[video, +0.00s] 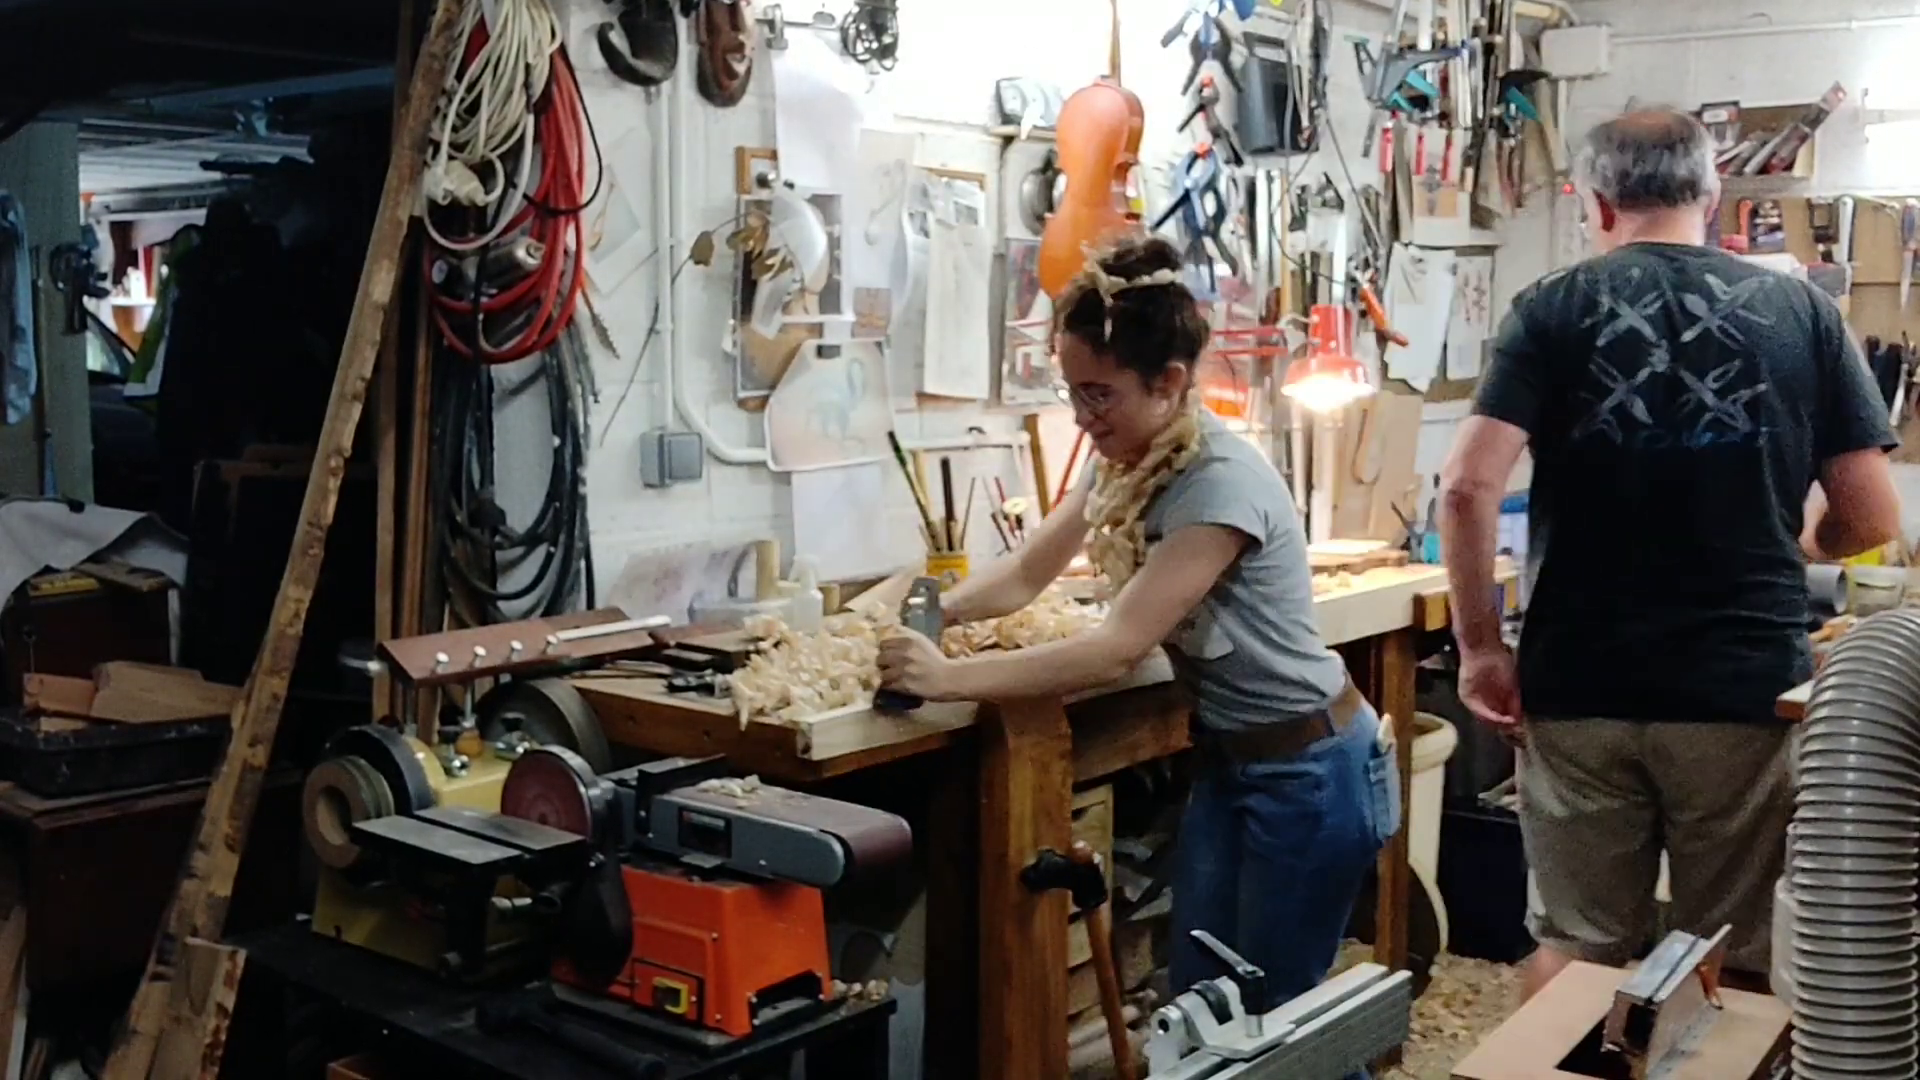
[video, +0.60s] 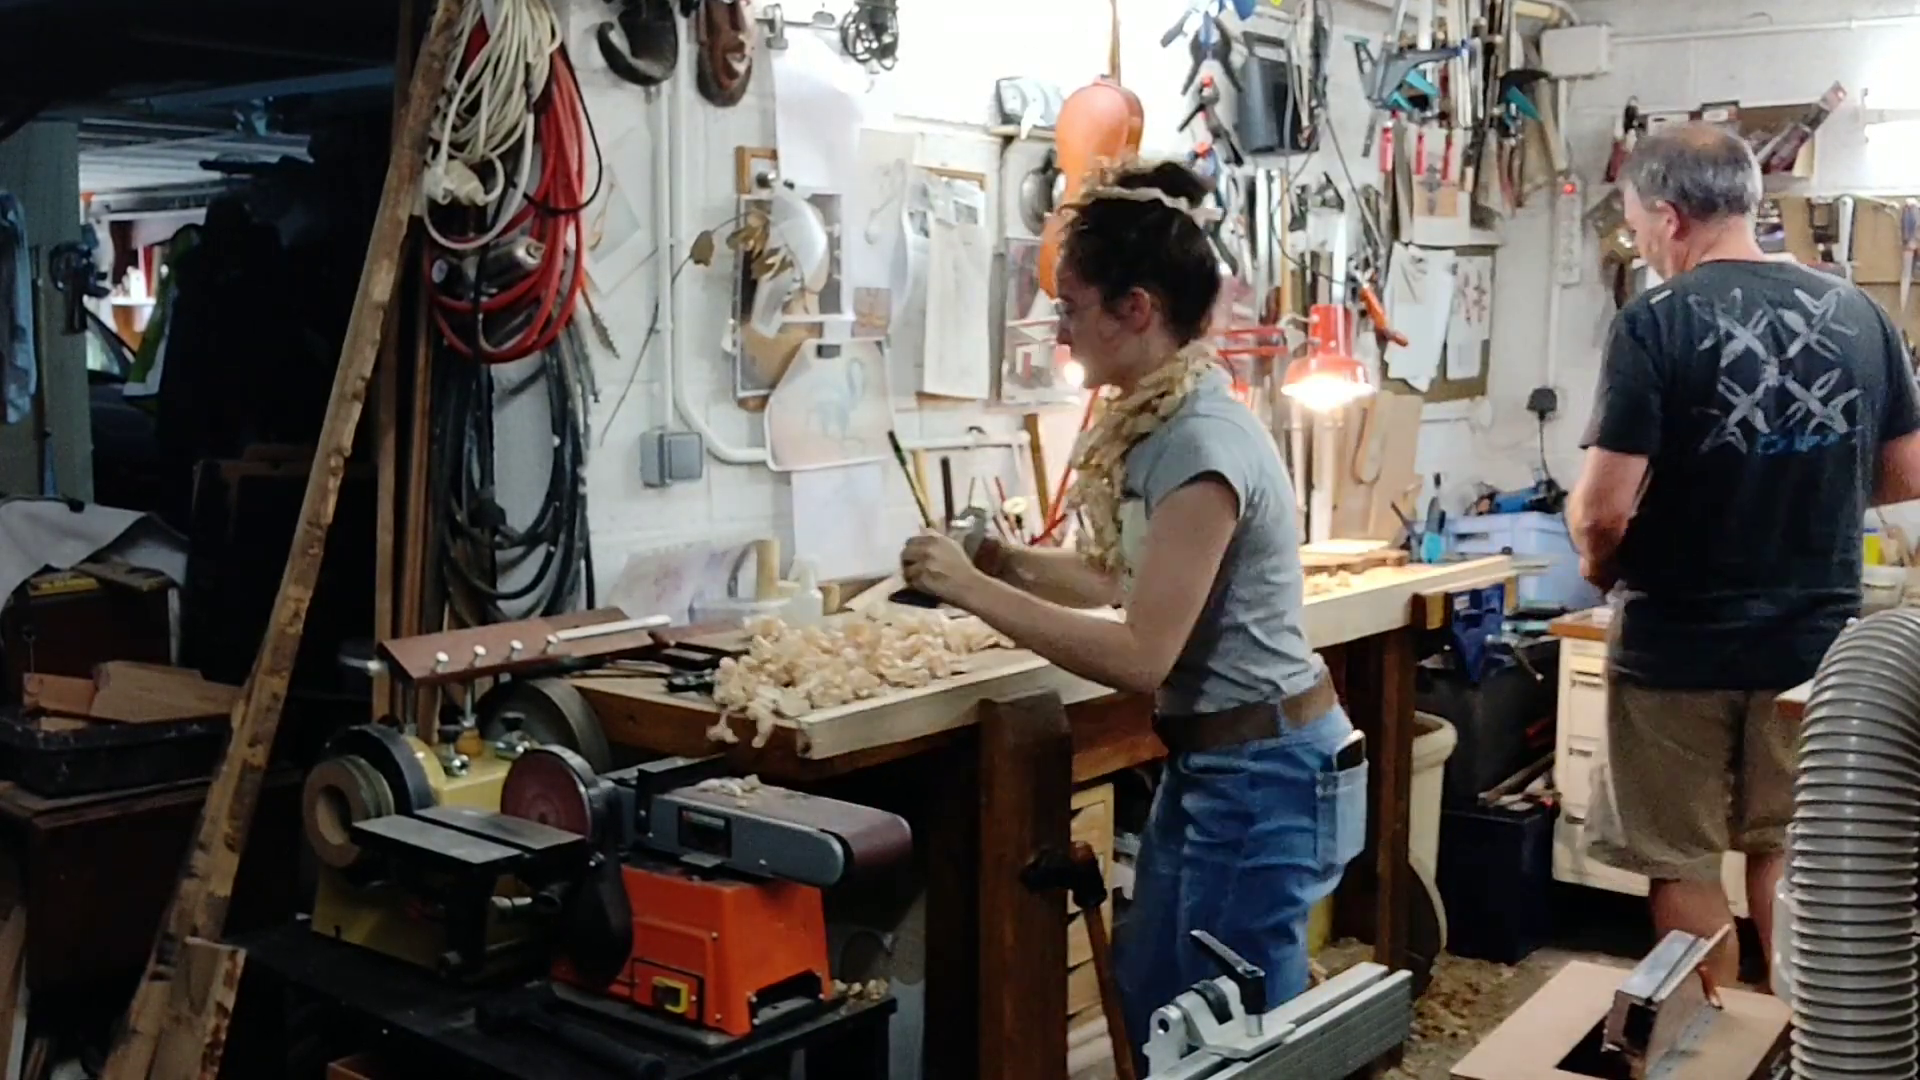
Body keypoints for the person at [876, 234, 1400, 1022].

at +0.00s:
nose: (1079, 415)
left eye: (1097, 394)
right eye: (1071, 392)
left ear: (1172, 383)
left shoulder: (1222, 485)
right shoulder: (1127, 461)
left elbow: (1116, 649)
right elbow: (1025, 571)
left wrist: (950, 676)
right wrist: (925, 612)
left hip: (1312, 769)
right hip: (1229, 762)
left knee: (1269, 1020)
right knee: (1197, 1009)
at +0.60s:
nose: (1058, 329)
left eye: (1070, 309)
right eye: (1058, 307)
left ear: (1138, 311)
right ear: (1139, 313)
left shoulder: (1201, 441)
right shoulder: (1162, 426)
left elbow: (1143, 659)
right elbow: (1127, 584)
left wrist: (978, 591)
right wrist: (1008, 563)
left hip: (1263, 766)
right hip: (1214, 758)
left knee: (1223, 1030)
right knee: (1144, 997)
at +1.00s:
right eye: (1351, 284)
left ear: (1228, 299)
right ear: (1349, 299)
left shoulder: (1172, 451)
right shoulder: (1422, 437)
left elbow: (1156, 653)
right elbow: (1473, 638)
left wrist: (1224, 574)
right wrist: (1391, 605)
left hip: (1255, 795)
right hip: (1402, 782)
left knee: (1245, 1051)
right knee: (1364, 1037)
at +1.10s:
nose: (1387, 307)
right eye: (1384, 292)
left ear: (1258, 306)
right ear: (1377, 305)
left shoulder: (1186, 454)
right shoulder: (1447, 447)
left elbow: (1185, 648)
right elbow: (1497, 653)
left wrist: (1268, 592)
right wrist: (1423, 596)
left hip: (1254, 785)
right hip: (1411, 779)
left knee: (1258, 1048)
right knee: (1399, 1034)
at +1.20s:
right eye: (1415, 302)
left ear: (1294, 312)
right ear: (1410, 313)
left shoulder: (1216, 456)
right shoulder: (1474, 455)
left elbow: (1229, 639)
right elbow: (1519, 664)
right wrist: (1461, 586)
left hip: (1268, 781)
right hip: (1428, 780)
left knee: (1273, 1049)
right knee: (1427, 1036)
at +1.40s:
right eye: (1508, 301)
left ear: (1376, 311)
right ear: (1494, 317)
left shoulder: (1313, 457)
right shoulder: (1546, 458)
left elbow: (1334, 613)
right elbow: (1572, 662)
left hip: (1343, 756)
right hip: (1495, 761)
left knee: (1333, 1037)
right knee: (1476, 1039)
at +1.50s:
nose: (1555, 306)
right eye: (1551, 291)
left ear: (1427, 308)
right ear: (1535, 306)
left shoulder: (1360, 441)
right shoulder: (1576, 443)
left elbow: (1369, 588)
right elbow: (1607, 645)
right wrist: (1592, 550)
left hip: (1376, 741)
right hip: (1518, 748)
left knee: (1374, 1013)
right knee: (1492, 1030)